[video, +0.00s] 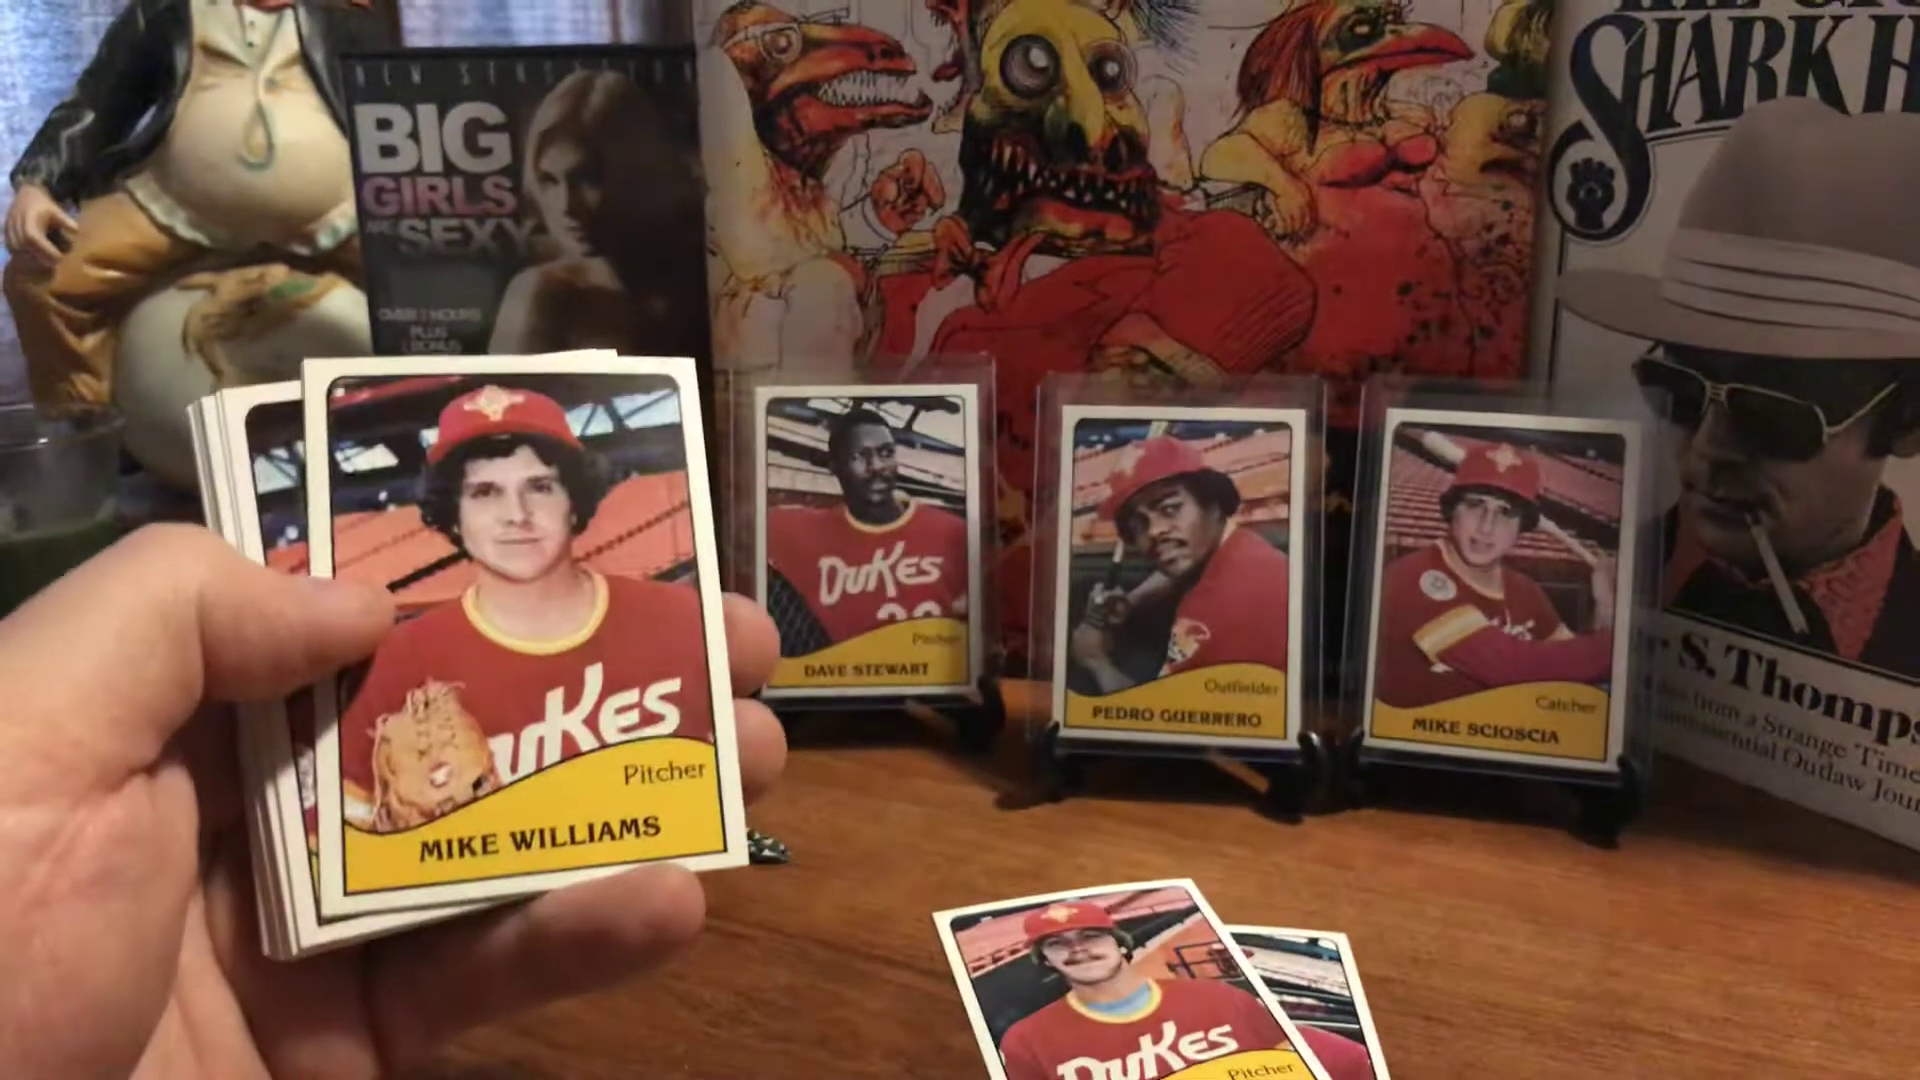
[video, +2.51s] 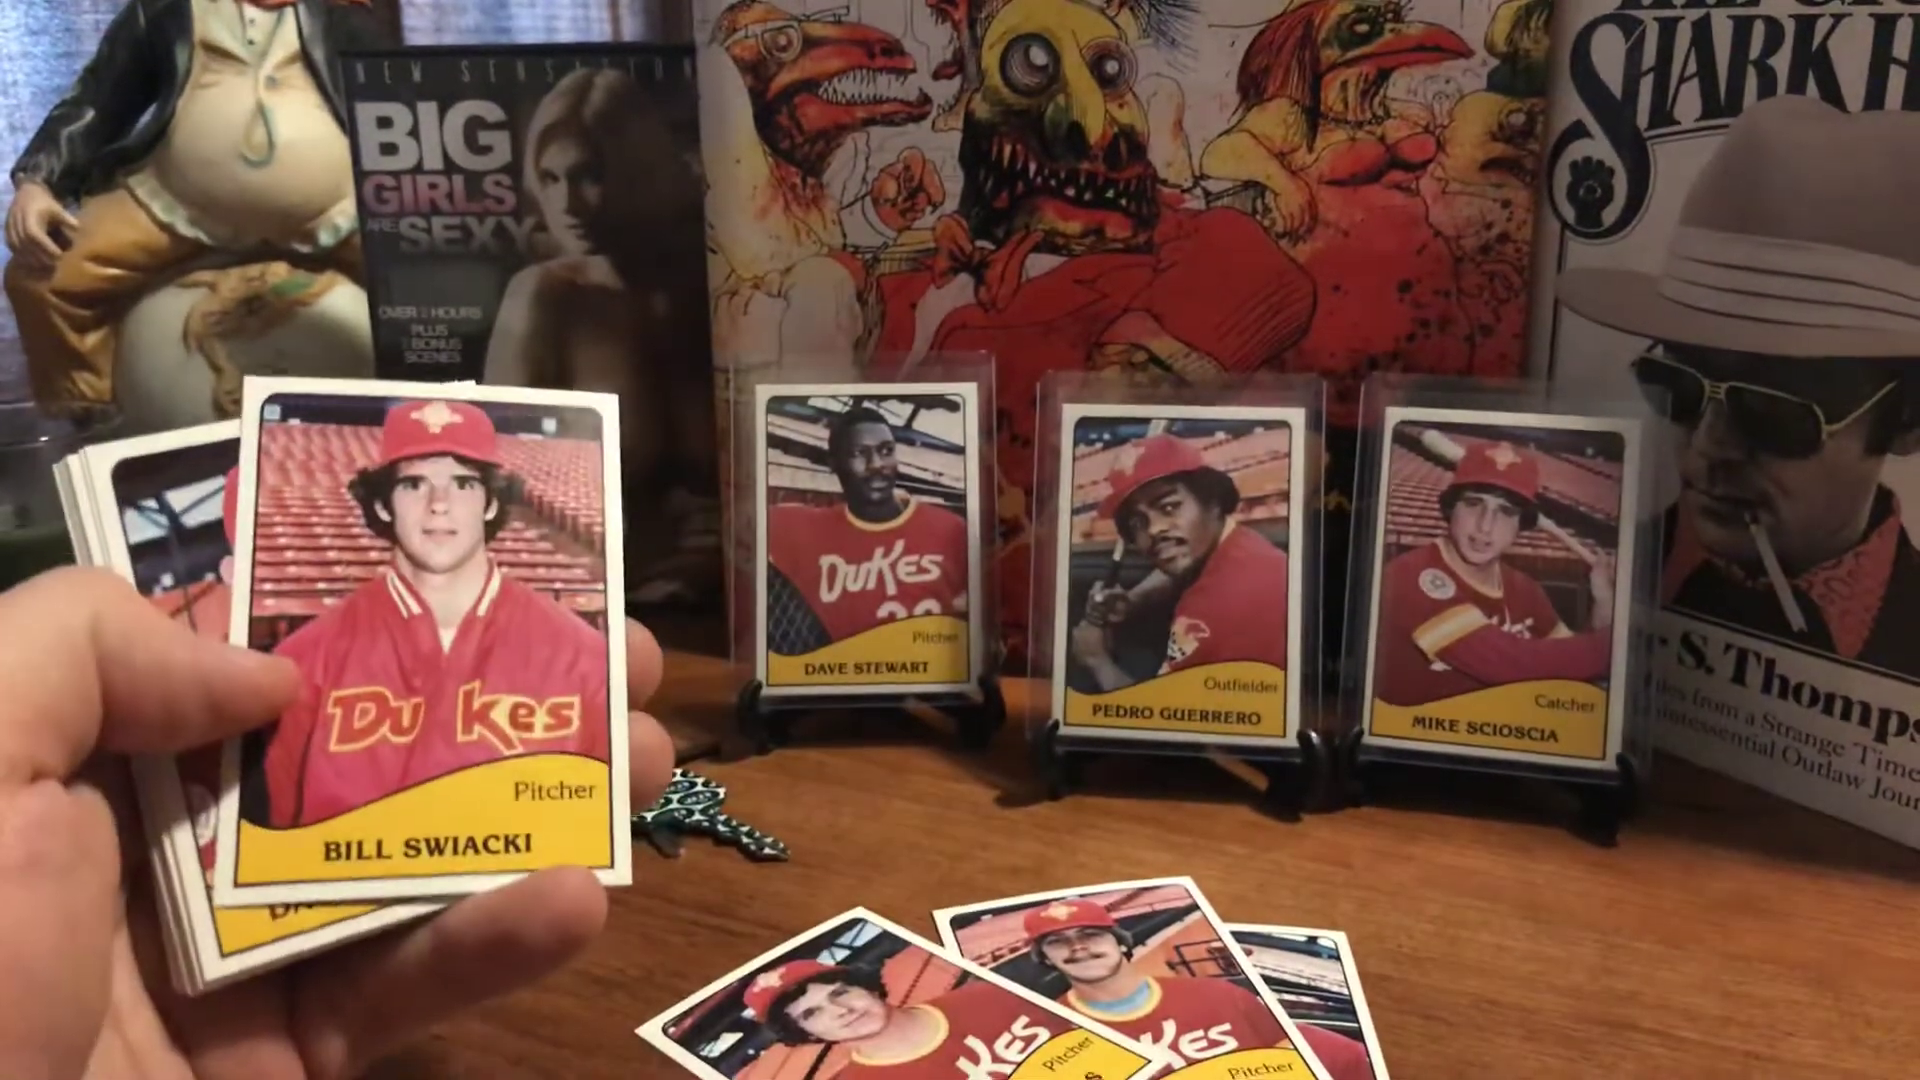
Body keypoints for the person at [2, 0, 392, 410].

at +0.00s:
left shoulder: (349, 18)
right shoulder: (164, 12)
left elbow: (400, 103)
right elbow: (96, 103)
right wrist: (34, 183)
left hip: (336, 214)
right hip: (175, 209)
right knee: (41, 281)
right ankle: (98, 447)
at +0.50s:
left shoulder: (346, 16)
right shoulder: (161, 11)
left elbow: (399, 99)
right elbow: (92, 102)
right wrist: (31, 181)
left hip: (335, 210)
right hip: (173, 206)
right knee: (39, 279)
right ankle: (96, 444)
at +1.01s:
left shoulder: (348, 17)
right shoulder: (160, 13)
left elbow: (400, 98)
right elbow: (94, 101)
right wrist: (32, 181)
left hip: (337, 209)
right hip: (176, 204)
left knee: (439, 291)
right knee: (40, 279)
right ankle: (96, 445)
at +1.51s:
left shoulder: (346, 20)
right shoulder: (161, 12)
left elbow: (401, 103)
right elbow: (93, 102)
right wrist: (31, 181)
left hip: (334, 211)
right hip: (174, 206)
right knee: (39, 280)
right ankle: (94, 444)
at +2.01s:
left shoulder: (347, 19)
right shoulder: (165, 12)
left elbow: (403, 108)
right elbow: (97, 104)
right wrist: (34, 183)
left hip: (338, 215)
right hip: (178, 209)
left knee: (442, 297)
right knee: (43, 281)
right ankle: (98, 440)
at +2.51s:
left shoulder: (343, 16)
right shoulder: (162, 11)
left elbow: (395, 95)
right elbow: (98, 99)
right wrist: (34, 179)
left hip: (338, 209)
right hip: (176, 204)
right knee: (42, 278)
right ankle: (92, 430)